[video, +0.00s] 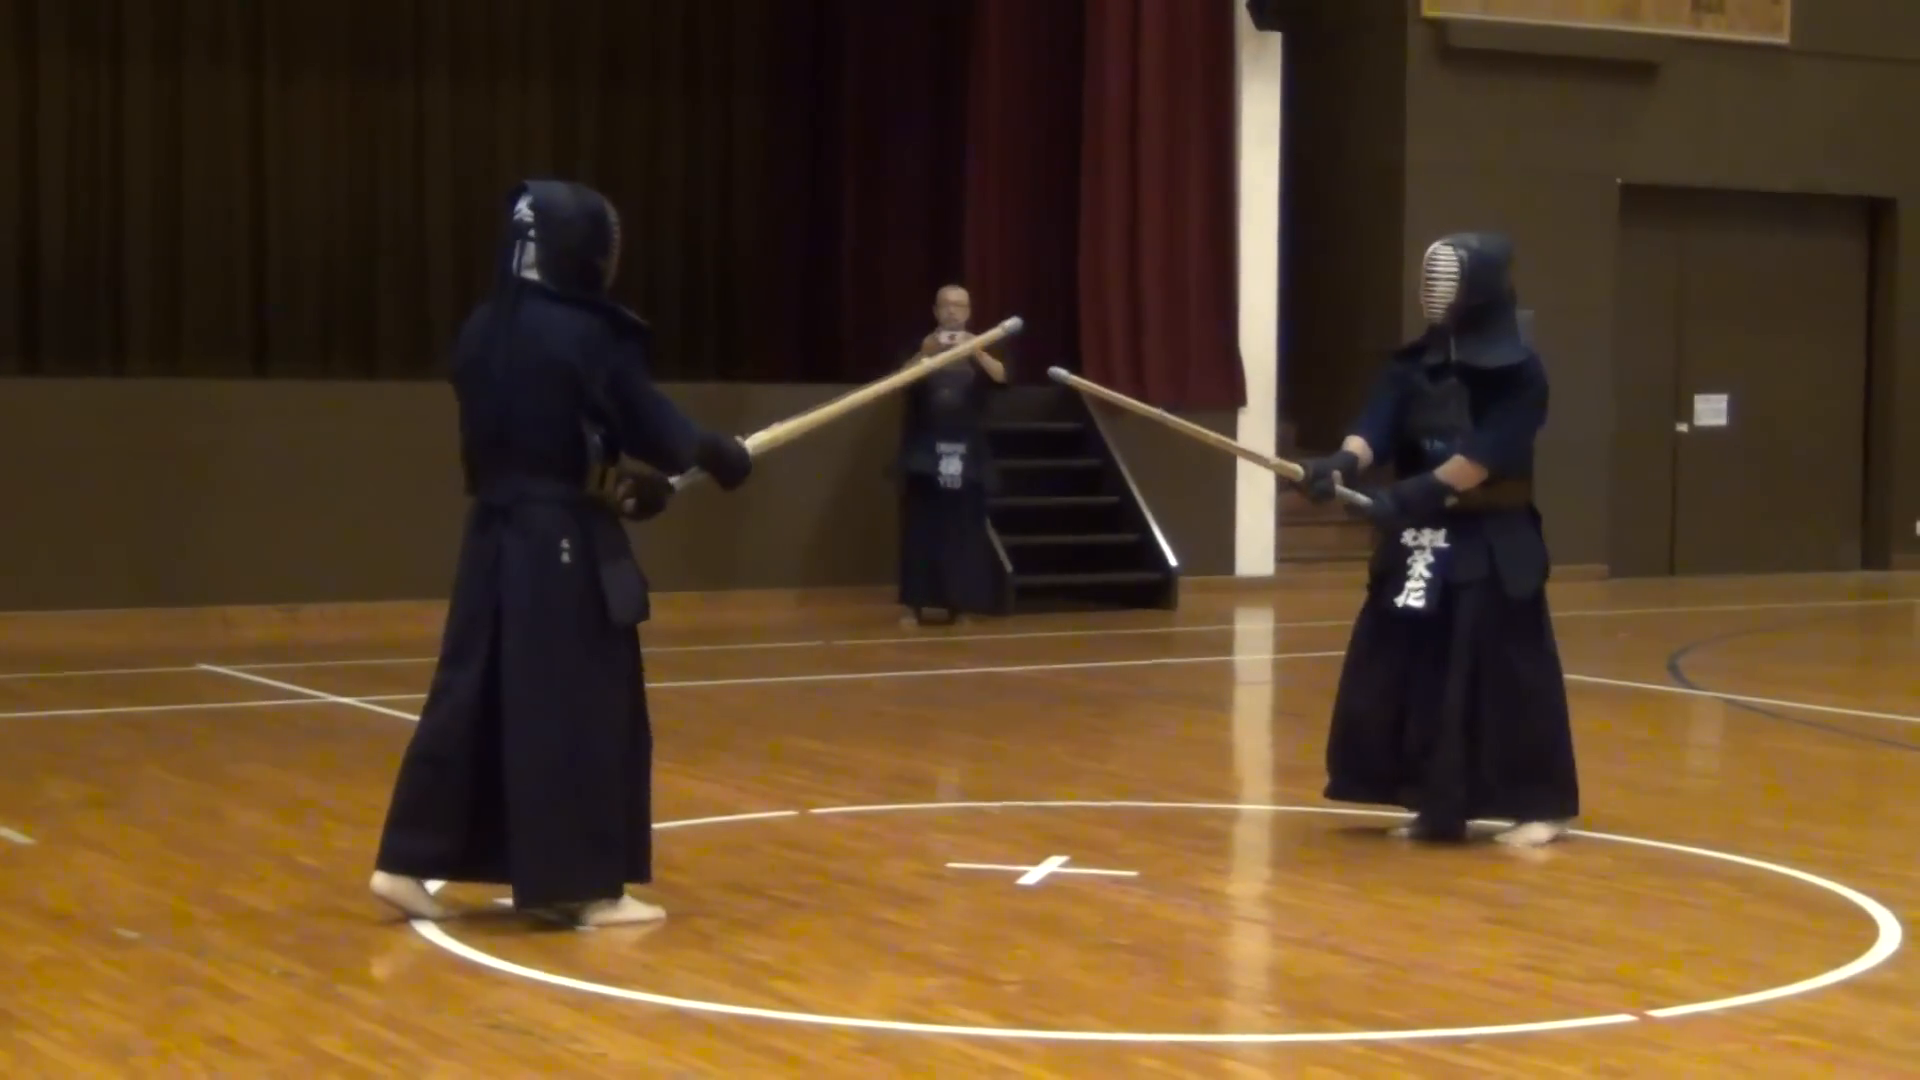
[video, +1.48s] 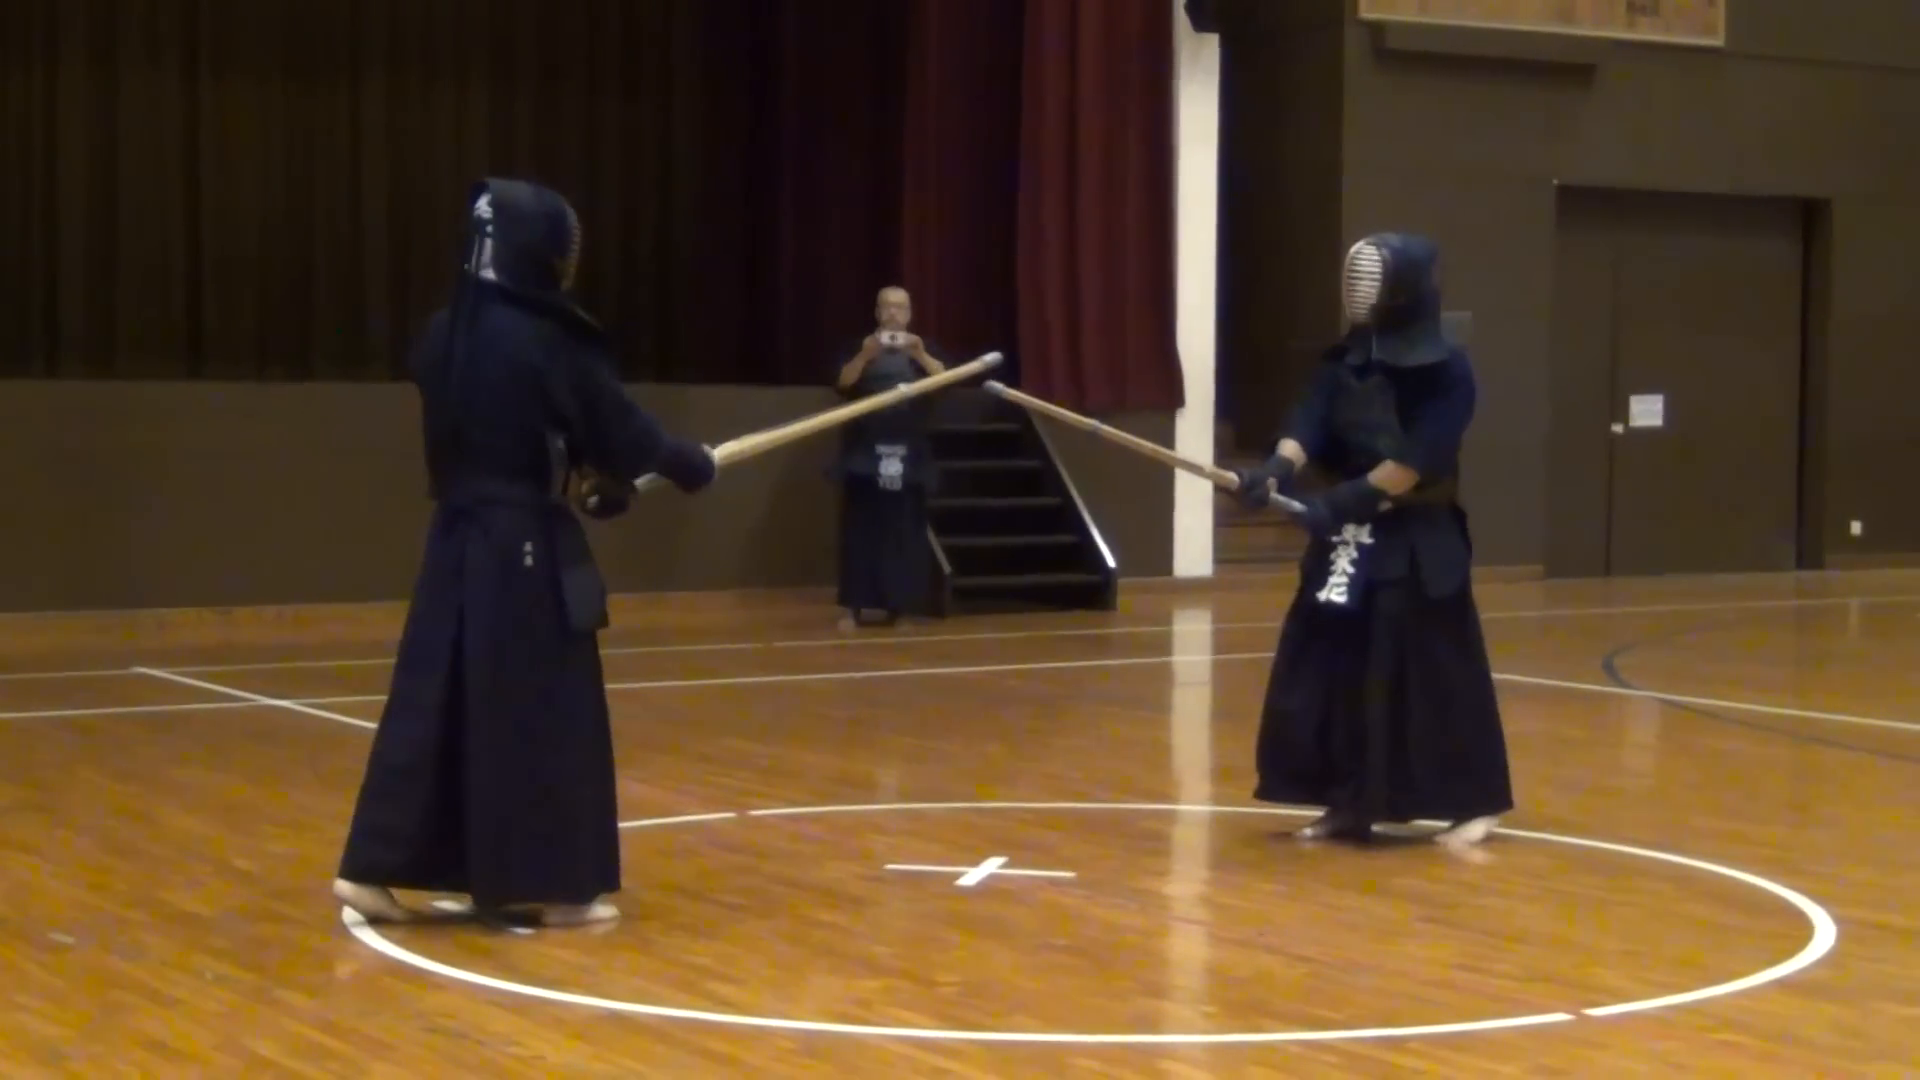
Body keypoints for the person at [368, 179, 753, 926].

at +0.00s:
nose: (612, 259)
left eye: (611, 246)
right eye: (606, 247)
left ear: (528, 248)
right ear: (581, 253)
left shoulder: (484, 329)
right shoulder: (590, 334)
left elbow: (518, 443)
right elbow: (649, 419)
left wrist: (611, 475)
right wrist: (714, 450)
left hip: (492, 537)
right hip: (563, 542)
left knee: (469, 694)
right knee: (584, 707)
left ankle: (406, 862)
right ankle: (585, 886)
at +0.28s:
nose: (620, 263)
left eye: (619, 249)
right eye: (613, 250)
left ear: (533, 250)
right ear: (587, 255)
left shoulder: (486, 330)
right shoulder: (588, 336)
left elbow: (512, 446)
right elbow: (651, 427)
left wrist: (608, 476)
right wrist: (719, 453)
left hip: (492, 538)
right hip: (563, 544)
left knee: (468, 695)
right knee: (584, 708)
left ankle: (405, 861)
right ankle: (584, 886)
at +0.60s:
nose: (603, 266)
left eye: (603, 251)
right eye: (597, 252)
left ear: (520, 251)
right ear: (571, 256)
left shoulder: (473, 329)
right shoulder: (569, 336)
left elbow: (512, 440)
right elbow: (634, 420)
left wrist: (599, 475)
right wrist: (707, 453)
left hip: (479, 539)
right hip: (547, 543)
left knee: (459, 694)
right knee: (572, 706)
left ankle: (389, 859)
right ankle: (573, 889)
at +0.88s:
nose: (575, 263)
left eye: (574, 249)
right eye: (569, 250)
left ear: (492, 251)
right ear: (547, 256)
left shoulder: (452, 329)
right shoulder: (550, 338)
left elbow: (484, 451)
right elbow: (613, 429)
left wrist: (576, 479)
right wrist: (677, 458)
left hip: (459, 542)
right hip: (526, 547)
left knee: (434, 699)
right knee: (550, 712)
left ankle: (369, 864)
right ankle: (554, 889)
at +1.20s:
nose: (558, 263)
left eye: (557, 249)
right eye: (553, 250)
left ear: (475, 250)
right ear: (534, 256)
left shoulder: (438, 329)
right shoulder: (545, 333)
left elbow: (467, 446)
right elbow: (628, 412)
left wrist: (564, 485)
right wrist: (681, 463)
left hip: (448, 541)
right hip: (519, 546)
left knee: (423, 700)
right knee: (542, 712)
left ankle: (354, 864)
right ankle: (551, 888)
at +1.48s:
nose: (569, 263)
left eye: (568, 249)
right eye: (564, 250)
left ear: (489, 248)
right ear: (541, 255)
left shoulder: (448, 329)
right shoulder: (548, 339)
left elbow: (486, 439)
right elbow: (619, 428)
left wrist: (571, 471)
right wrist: (688, 462)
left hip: (455, 538)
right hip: (524, 544)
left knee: (430, 700)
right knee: (542, 710)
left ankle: (370, 867)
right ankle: (545, 885)